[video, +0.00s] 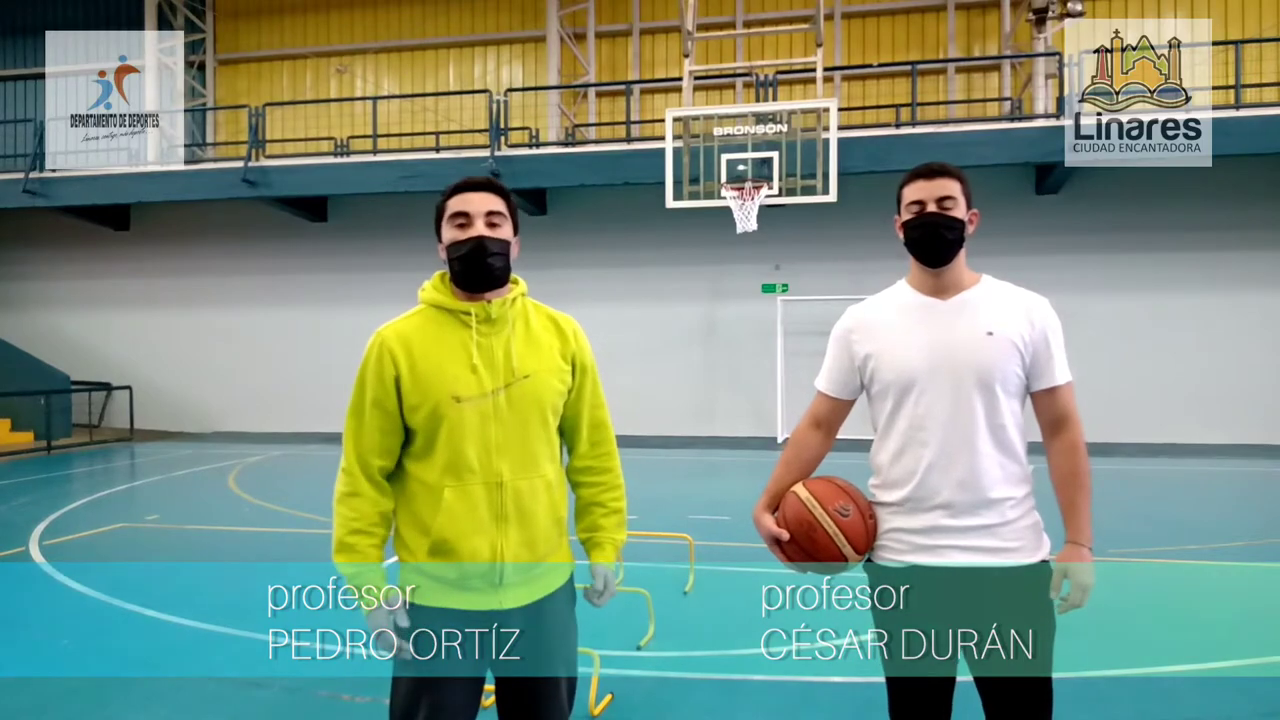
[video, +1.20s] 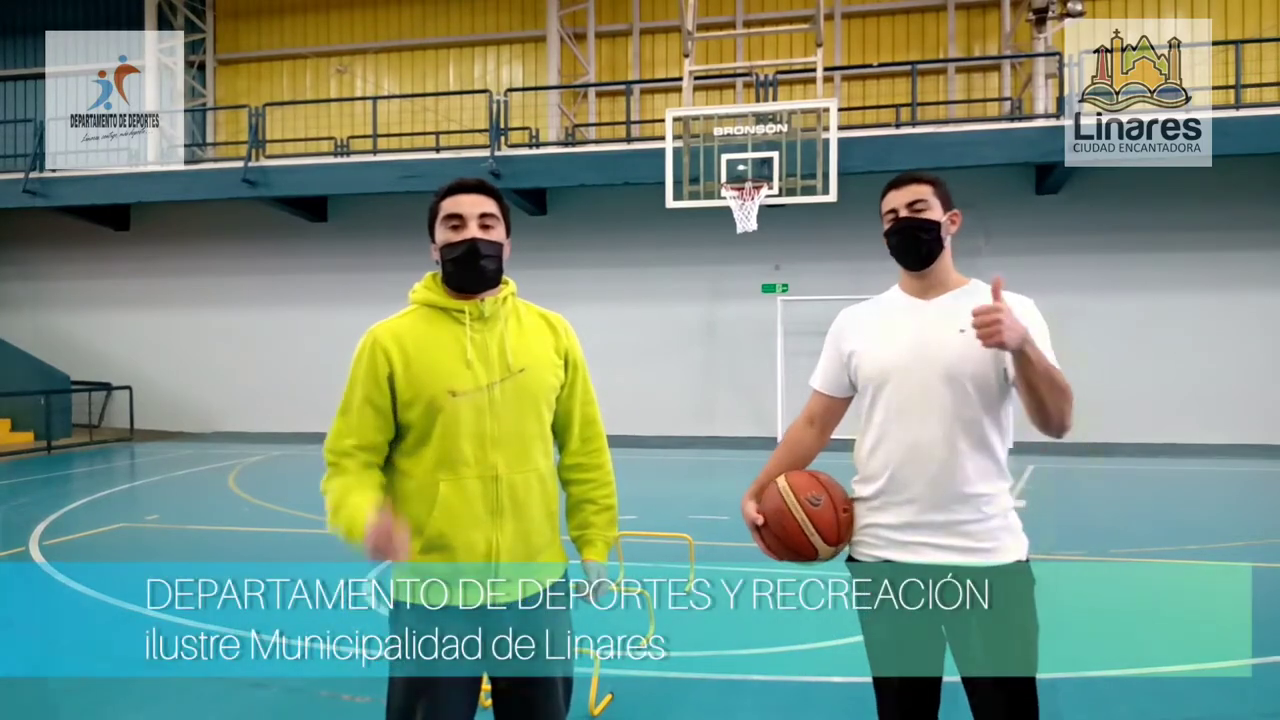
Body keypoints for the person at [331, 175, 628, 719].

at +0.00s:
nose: (478, 231)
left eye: (495, 221)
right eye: (460, 222)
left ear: (515, 244)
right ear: (441, 247)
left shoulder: (560, 336)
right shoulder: (397, 345)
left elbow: (594, 452)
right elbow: (363, 472)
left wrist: (604, 548)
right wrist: (364, 581)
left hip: (542, 591)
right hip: (438, 595)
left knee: (548, 712)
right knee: (430, 714)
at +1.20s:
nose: (471, 234)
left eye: (487, 223)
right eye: (454, 224)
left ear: (507, 243)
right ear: (434, 246)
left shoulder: (551, 335)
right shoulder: (390, 343)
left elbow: (585, 452)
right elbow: (350, 461)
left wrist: (595, 552)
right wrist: (370, 519)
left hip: (536, 588)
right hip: (434, 592)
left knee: (542, 712)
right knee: (428, 714)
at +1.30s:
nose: (472, 234)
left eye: (487, 223)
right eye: (454, 223)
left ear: (507, 242)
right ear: (435, 244)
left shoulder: (553, 335)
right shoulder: (391, 341)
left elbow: (587, 453)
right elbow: (345, 471)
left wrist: (598, 556)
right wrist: (372, 446)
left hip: (537, 587)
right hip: (434, 590)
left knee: (542, 712)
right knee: (427, 713)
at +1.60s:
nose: (477, 234)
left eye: (492, 222)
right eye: (461, 223)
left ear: (513, 238)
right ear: (441, 240)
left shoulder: (554, 336)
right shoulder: (398, 337)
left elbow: (592, 463)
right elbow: (350, 452)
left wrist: (605, 569)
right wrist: (389, 418)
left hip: (537, 572)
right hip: (432, 572)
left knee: (539, 706)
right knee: (436, 706)